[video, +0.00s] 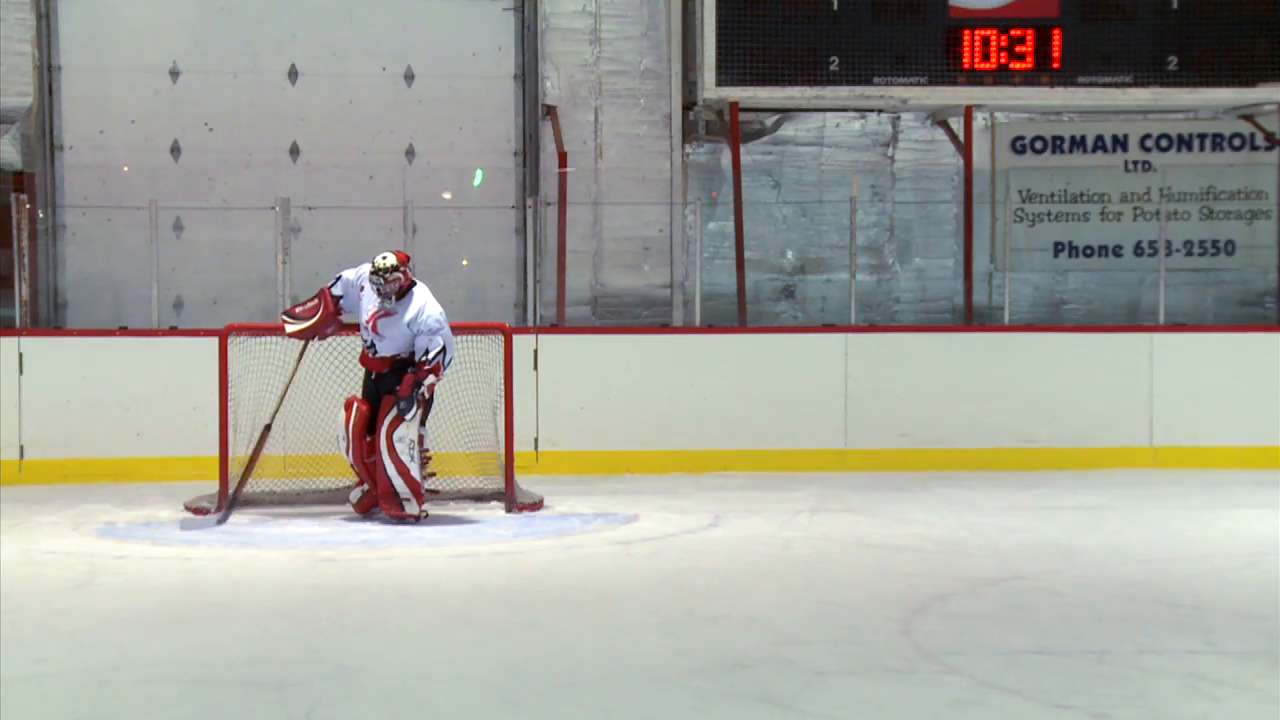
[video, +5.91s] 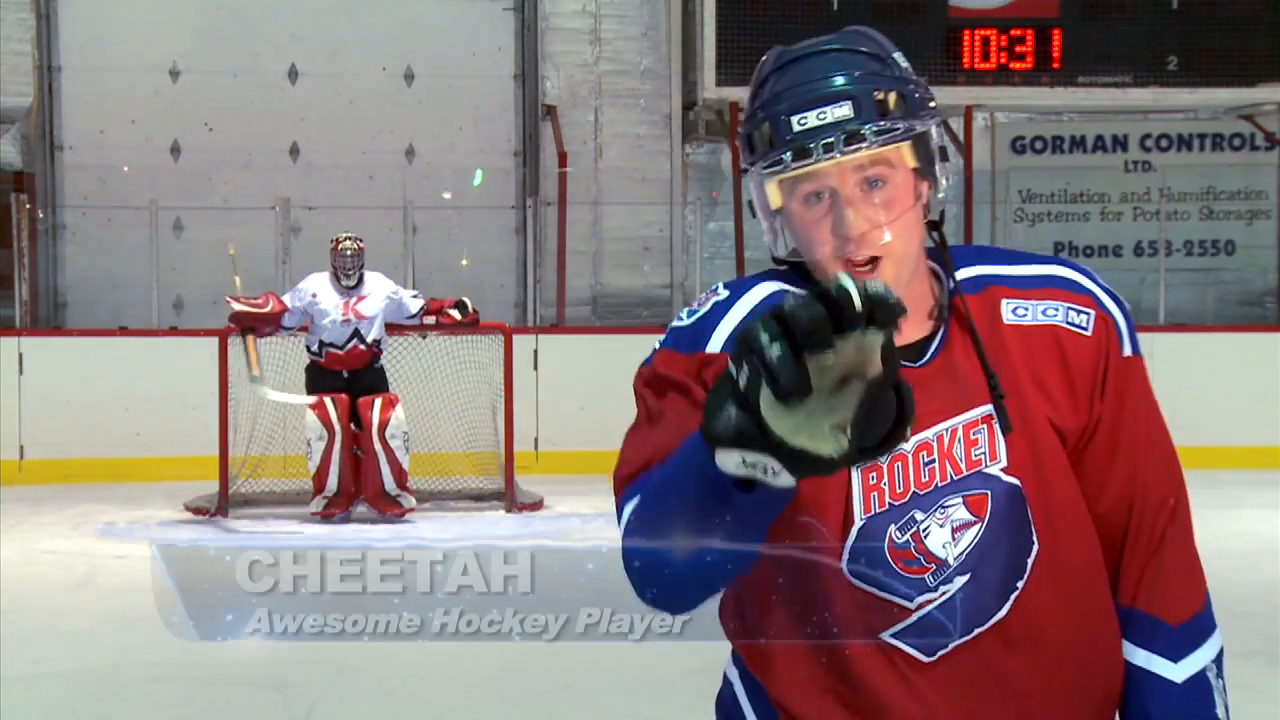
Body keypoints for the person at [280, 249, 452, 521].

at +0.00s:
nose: (387, 288)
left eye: (393, 281)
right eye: (381, 282)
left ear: (405, 277)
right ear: (374, 279)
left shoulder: (423, 307)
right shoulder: (367, 279)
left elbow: (435, 356)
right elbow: (340, 287)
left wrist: (413, 386)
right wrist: (318, 312)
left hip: (405, 375)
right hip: (374, 372)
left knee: (393, 437)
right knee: (365, 433)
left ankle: (404, 501)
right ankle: (373, 491)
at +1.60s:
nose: (400, 273)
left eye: (407, 267)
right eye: (395, 266)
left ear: (418, 268)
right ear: (387, 266)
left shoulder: (436, 306)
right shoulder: (367, 282)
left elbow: (458, 351)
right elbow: (333, 296)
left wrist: (451, 380)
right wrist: (316, 327)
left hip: (406, 380)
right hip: (366, 375)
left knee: (391, 438)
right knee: (355, 434)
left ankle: (399, 506)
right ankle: (356, 496)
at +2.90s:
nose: (384, 262)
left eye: (391, 256)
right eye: (380, 256)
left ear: (402, 259)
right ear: (372, 258)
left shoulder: (418, 293)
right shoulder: (354, 284)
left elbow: (445, 333)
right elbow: (337, 333)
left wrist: (441, 357)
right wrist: (326, 367)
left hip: (400, 379)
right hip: (359, 378)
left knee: (390, 435)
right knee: (341, 429)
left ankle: (399, 506)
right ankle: (346, 501)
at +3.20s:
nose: (369, 264)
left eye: (374, 258)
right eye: (362, 259)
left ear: (384, 259)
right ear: (354, 261)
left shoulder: (405, 290)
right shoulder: (336, 290)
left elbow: (437, 313)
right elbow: (322, 338)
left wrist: (462, 321)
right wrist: (318, 373)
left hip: (391, 376)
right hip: (349, 376)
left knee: (389, 435)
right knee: (340, 434)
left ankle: (400, 503)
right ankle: (339, 503)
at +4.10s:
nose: (343, 261)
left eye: (347, 255)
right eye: (336, 256)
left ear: (356, 256)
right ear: (326, 259)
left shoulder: (376, 285)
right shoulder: (313, 287)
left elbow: (407, 308)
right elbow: (292, 319)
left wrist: (441, 306)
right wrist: (304, 332)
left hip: (367, 371)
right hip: (326, 374)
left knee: (384, 426)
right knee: (331, 429)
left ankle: (384, 496)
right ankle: (335, 498)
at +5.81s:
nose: (347, 263)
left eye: (352, 257)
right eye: (341, 257)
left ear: (361, 259)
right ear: (331, 260)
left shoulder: (379, 286)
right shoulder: (313, 288)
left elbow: (411, 309)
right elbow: (288, 318)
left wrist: (445, 308)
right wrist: (264, 319)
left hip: (368, 373)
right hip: (326, 375)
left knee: (385, 431)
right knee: (330, 435)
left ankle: (386, 500)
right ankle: (333, 502)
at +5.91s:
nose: (349, 265)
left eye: (354, 259)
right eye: (343, 259)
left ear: (362, 260)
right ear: (333, 260)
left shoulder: (379, 286)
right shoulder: (314, 287)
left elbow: (416, 307)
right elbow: (282, 313)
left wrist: (450, 309)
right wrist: (251, 312)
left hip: (368, 372)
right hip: (326, 374)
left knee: (382, 430)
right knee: (331, 433)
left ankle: (387, 498)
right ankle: (332, 501)